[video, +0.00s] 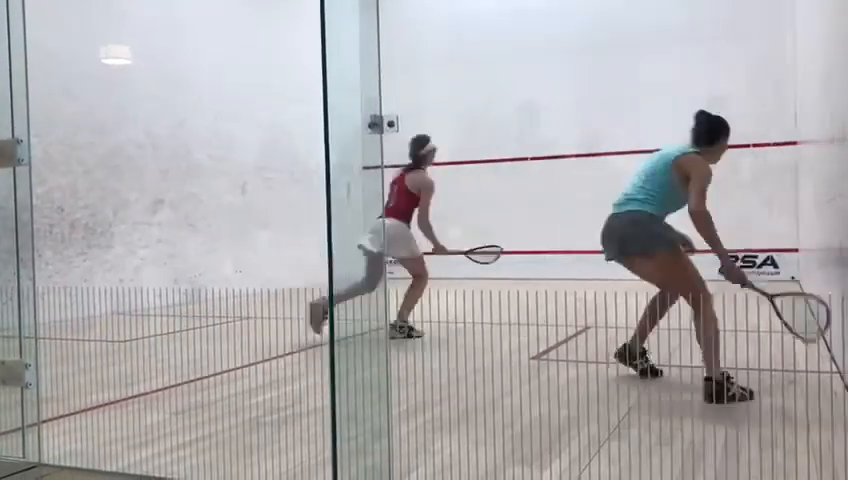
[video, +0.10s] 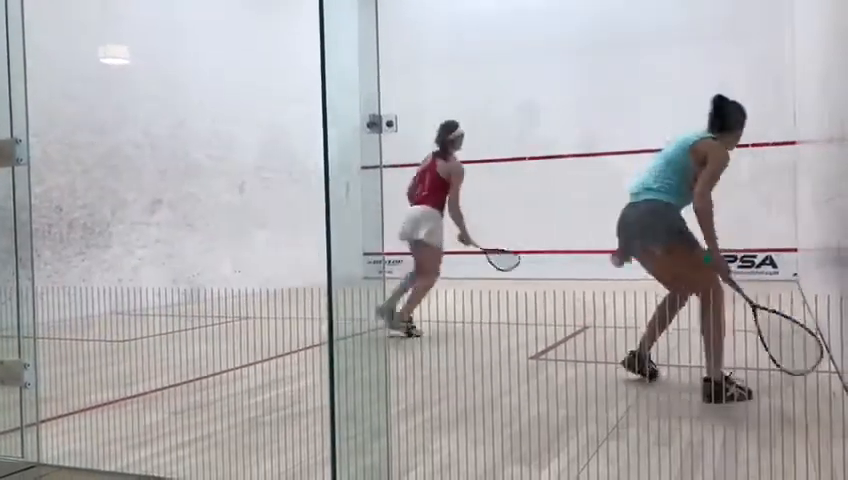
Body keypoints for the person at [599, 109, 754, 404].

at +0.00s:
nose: (724, 151)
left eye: (725, 145)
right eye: (724, 145)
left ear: (697, 137)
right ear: (718, 144)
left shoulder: (669, 156)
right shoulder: (698, 165)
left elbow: (641, 206)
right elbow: (697, 211)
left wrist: (675, 235)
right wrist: (724, 259)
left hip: (615, 230)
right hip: (640, 228)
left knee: (672, 288)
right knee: (700, 298)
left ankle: (633, 348)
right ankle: (716, 379)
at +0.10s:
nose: (740, 137)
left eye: (741, 130)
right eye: (741, 130)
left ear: (714, 123)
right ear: (737, 129)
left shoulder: (685, 144)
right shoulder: (717, 152)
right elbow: (701, 200)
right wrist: (716, 254)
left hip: (631, 220)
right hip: (657, 218)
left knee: (680, 290)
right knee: (711, 288)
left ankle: (640, 353)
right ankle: (716, 379)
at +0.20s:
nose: (743, 114)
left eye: (744, 107)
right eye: (744, 107)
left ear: (716, 99)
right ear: (738, 105)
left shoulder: (685, 125)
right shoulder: (724, 130)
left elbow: (634, 147)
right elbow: (704, 170)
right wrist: (714, 227)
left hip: (641, 206)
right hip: (671, 205)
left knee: (681, 286)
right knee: (711, 286)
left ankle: (639, 353)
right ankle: (714, 379)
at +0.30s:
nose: (741, 85)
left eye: (740, 79)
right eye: (741, 79)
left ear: (710, 76)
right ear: (737, 81)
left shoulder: (682, 104)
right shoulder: (730, 113)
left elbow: (629, 115)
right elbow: (713, 150)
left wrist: (618, 155)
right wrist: (724, 207)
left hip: (648, 196)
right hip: (686, 197)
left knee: (673, 284)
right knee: (709, 287)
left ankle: (642, 356)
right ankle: (714, 377)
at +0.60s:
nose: (682, 63)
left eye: (670, 58)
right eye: (689, 56)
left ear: (662, 59)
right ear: (695, 57)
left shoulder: (650, 94)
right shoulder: (712, 101)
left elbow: (634, 135)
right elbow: (726, 160)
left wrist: (621, 176)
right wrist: (729, 209)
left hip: (657, 195)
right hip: (700, 195)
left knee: (648, 284)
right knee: (707, 289)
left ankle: (656, 369)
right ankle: (716, 375)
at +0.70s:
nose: (663, 64)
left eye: (648, 62)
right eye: (672, 57)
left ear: (645, 62)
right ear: (675, 58)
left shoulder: (639, 97)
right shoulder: (697, 101)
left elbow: (622, 146)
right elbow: (709, 163)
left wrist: (612, 181)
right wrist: (706, 203)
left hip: (649, 197)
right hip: (690, 196)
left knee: (647, 285)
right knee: (704, 286)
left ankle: (658, 366)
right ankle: (721, 371)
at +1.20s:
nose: (531, 102)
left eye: (531, 94)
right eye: (529, 96)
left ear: (545, 86)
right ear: (553, 85)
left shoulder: (553, 119)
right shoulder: (583, 117)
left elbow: (539, 168)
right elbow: (611, 172)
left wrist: (519, 194)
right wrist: (601, 208)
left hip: (578, 210)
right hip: (592, 208)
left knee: (611, 290)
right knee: (556, 280)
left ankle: (654, 365)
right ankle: (538, 353)